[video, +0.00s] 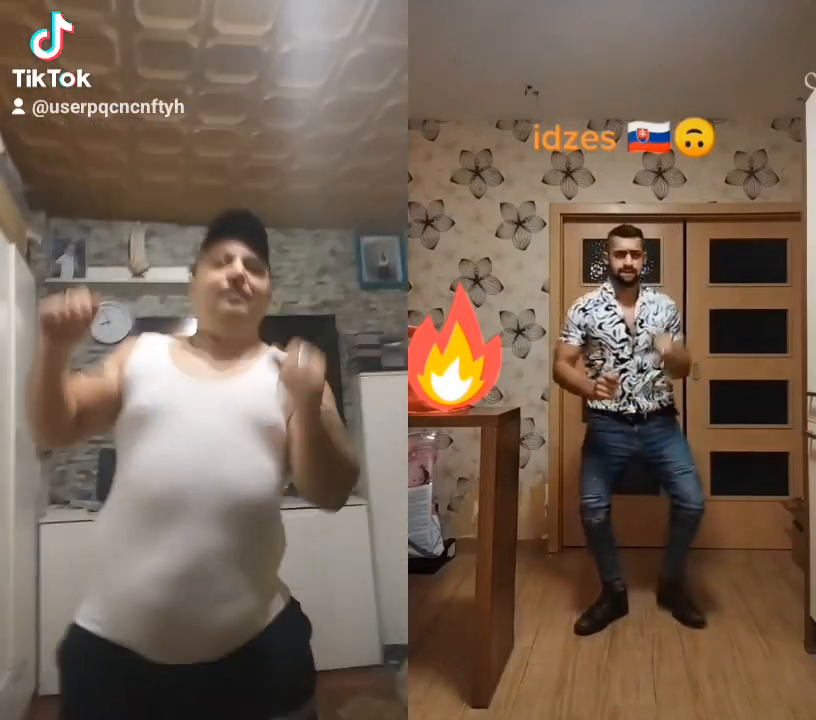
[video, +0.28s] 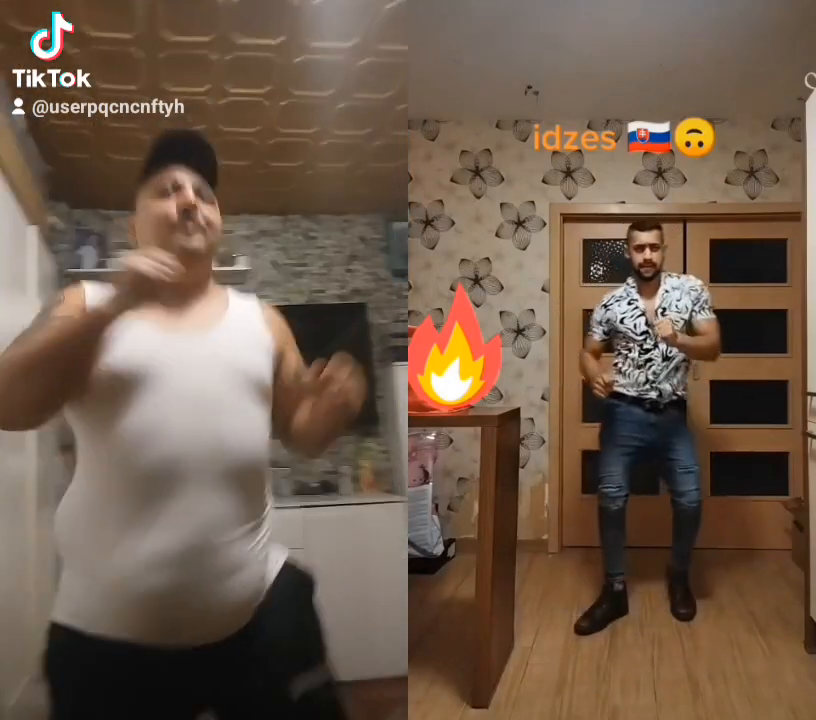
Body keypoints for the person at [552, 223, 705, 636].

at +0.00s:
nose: (628, 262)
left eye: (635, 255)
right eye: (620, 255)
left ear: (644, 259)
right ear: (608, 259)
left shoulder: (662, 306)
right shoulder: (585, 309)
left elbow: (682, 369)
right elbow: (562, 365)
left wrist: (672, 355)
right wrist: (589, 387)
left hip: (660, 424)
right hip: (607, 425)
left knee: (691, 502)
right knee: (592, 508)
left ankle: (672, 587)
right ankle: (613, 594)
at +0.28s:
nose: (647, 255)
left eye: (654, 248)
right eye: (639, 248)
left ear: (664, 251)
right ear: (628, 252)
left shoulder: (689, 289)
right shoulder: (612, 303)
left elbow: (712, 346)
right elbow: (589, 354)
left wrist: (676, 338)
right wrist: (596, 375)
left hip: (671, 415)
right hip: (624, 414)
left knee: (689, 500)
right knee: (611, 497)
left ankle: (679, 577)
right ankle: (614, 591)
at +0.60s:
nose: (661, 273)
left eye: (668, 265)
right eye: (654, 266)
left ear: (681, 261)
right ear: (644, 264)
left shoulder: (703, 303)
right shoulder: (626, 305)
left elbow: (718, 362)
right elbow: (608, 350)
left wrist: (682, 348)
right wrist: (615, 377)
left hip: (690, 418)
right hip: (642, 416)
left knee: (696, 503)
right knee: (619, 493)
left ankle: (680, 576)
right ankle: (630, 595)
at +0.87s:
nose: (661, 286)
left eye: (668, 279)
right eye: (654, 279)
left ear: (680, 274)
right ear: (645, 275)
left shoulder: (706, 310)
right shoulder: (636, 321)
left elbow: (725, 367)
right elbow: (628, 368)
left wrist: (693, 393)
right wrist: (620, 390)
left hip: (686, 426)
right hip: (639, 421)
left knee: (693, 511)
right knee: (602, 484)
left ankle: (680, 578)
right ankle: (623, 585)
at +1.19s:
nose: (659, 284)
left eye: (665, 276)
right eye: (651, 276)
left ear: (672, 272)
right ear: (637, 271)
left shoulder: (691, 308)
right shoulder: (613, 312)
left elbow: (722, 353)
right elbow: (597, 360)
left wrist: (707, 391)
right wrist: (603, 374)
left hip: (679, 419)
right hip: (632, 418)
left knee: (684, 498)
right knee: (592, 478)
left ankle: (680, 578)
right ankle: (610, 567)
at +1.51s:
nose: (639, 286)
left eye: (645, 279)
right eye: (632, 278)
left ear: (650, 280)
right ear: (615, 276)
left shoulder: (663, 312)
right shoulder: (588, 315)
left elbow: (689, 355)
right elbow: (570, 362)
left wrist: (690, 369)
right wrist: (577, 376)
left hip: (664, 416)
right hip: (615, 418)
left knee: (680, 490)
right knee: (581, 489)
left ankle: (663, 578)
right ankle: (604, 567)